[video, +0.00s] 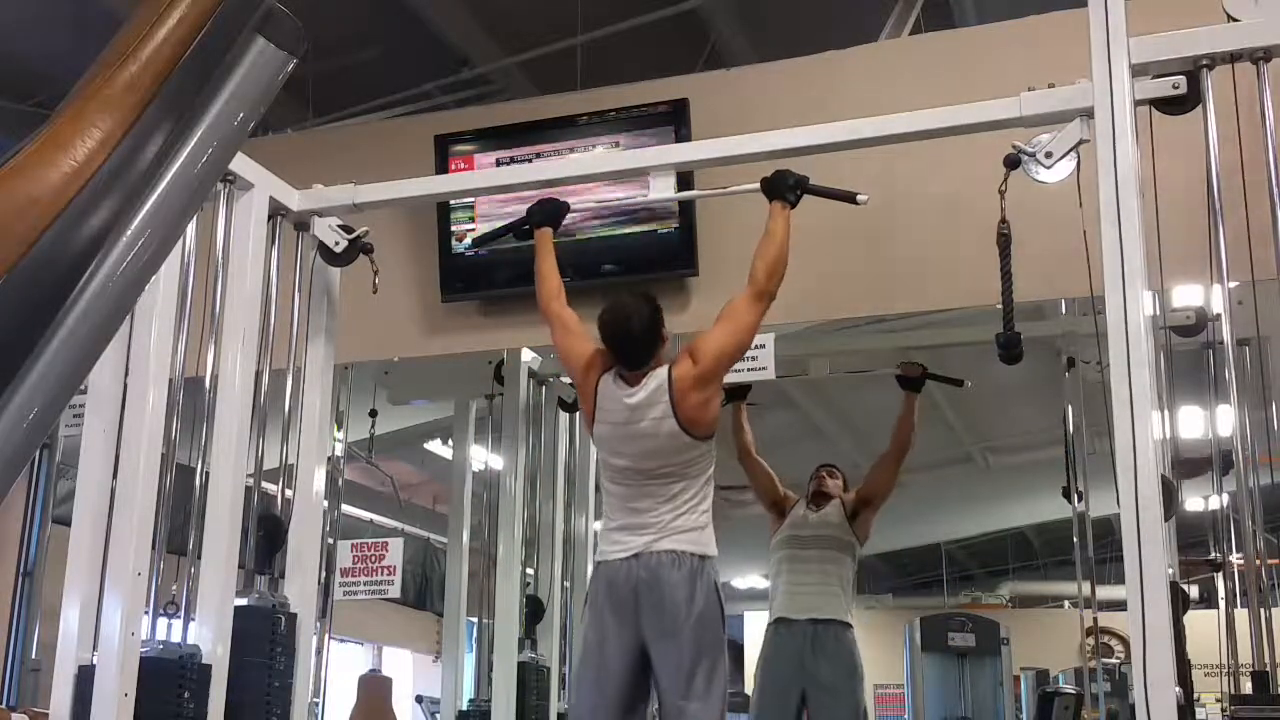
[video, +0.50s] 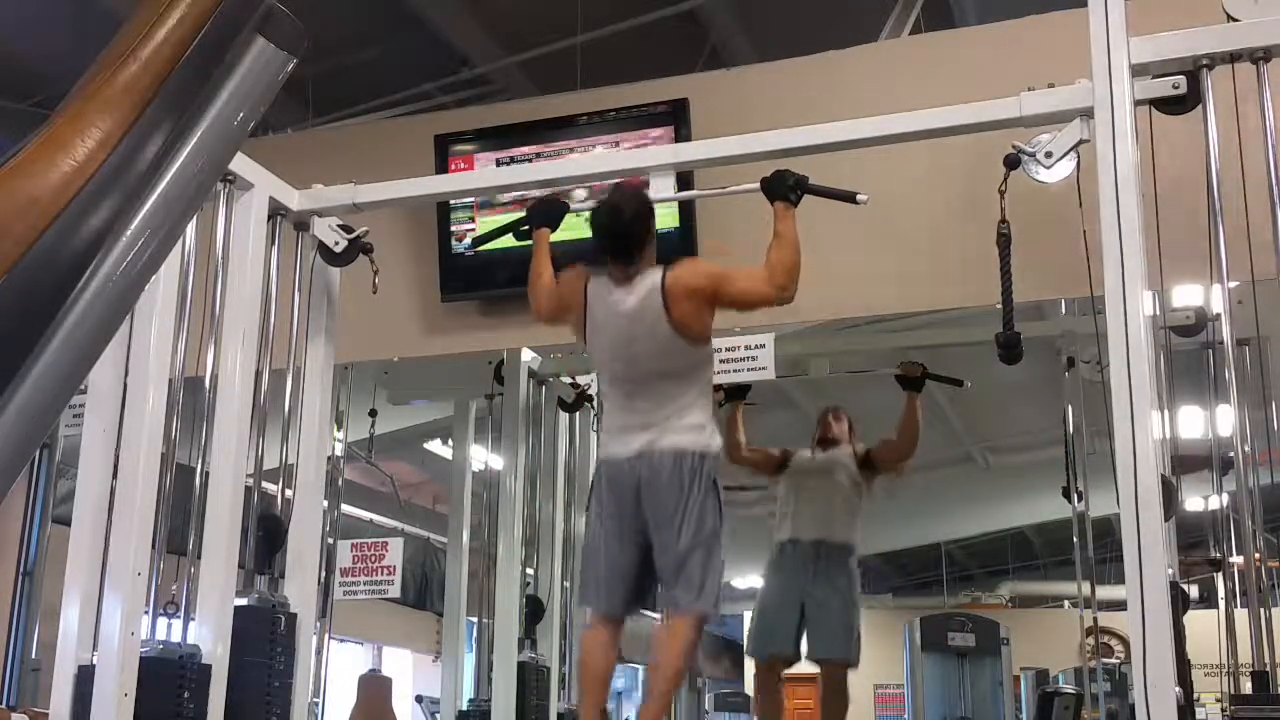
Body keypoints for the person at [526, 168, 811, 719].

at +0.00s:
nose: (664, 322)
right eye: (661, 320)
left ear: (607, 346)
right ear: (664, 336)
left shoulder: (593, 377)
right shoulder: (697, 371)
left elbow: (553, 307)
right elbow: (760, 291)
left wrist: (542, 231)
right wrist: (781, 205)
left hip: (612, 567)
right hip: (681, 565)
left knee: (599, 709)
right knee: (694, 708)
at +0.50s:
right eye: (647, 222)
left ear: (599, 237)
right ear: (654, 230)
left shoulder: (584, 289)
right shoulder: (691, 281)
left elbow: (542, 301)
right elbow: (779, 285)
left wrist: (540, 234)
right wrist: (784, 206)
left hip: (614, 465)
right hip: (683, 462)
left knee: (603, 610)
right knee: (685, 604)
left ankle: (590, 716)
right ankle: (651, 715)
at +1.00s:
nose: (659, 153)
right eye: (659, 145)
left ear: (607, 169)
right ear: (661, 155)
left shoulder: (584, 227)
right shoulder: (696, 215)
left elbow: (544, 297)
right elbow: (771, 278)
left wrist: (540, 230)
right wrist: (784, 204)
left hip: (631, 391)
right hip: (694, 385)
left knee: (652, 534)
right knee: (706, 529)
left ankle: (665, 671)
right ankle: (653, 665)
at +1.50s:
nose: (662, 297)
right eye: (660, 292)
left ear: (604, 311)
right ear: (658, 303)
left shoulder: (590, 354)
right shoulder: (696, 338)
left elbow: (551, 301)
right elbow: (768, 293)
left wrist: (544, 233)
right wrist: (782, 210)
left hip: (623, 529)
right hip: (691, 526)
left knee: (634, 682)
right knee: (690, 679)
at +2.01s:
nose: (666, 151)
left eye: (655, 146)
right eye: (663, 145)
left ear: (607, 173)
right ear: (662, 160)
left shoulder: (586, 230)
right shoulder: (699, 216)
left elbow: (543, 297)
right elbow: (773, 279)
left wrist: (540, 235)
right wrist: (784, 206)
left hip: (629, 398)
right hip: (693, 392)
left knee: (637, 538)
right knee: (702, 531)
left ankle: (659, 675)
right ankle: (641, 670)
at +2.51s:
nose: (660, 281)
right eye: (660, 274)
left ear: (611, 288)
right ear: (663, 280)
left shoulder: (590, 336)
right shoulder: (700, 320)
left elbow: (549, 302)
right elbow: (781, 288)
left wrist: (544, 234)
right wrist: (784, 207)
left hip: (625, 516)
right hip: (693, 511)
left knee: (629, 660)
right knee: (705, 655)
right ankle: (660, 719)